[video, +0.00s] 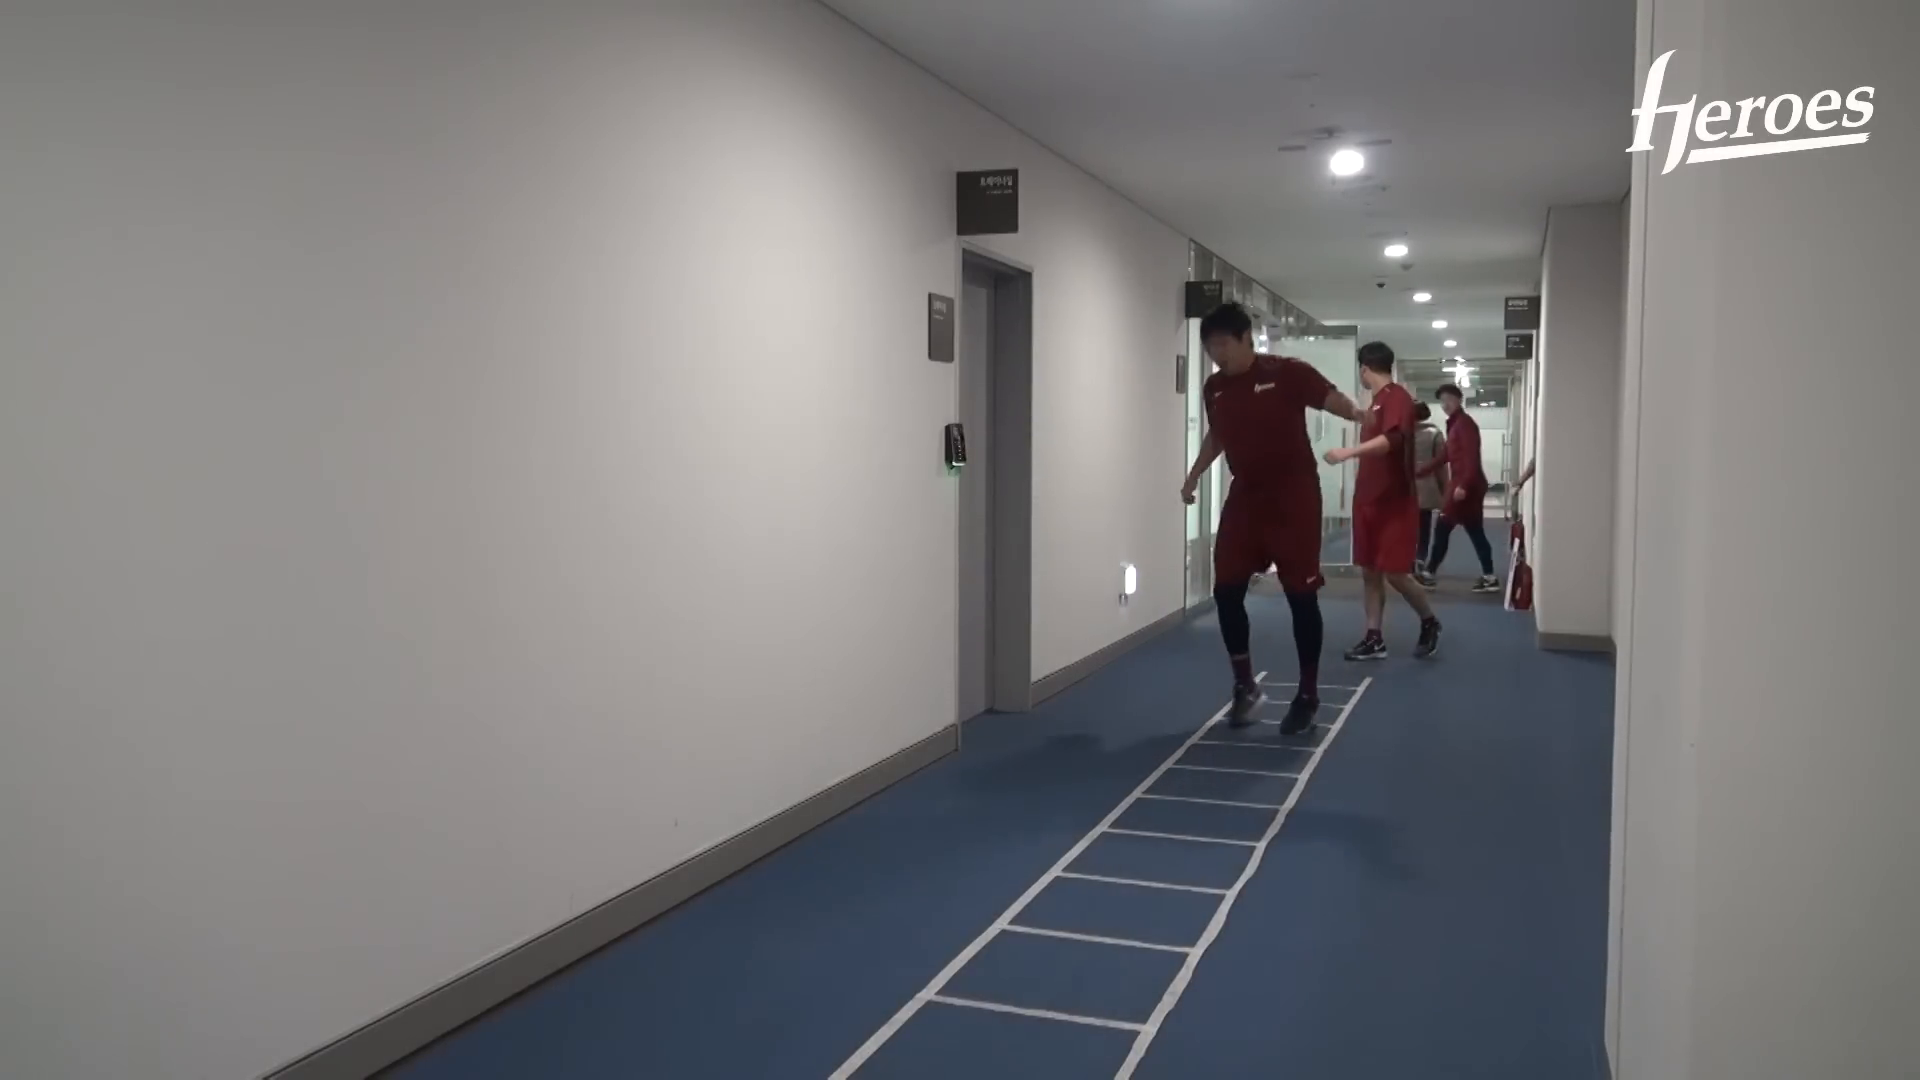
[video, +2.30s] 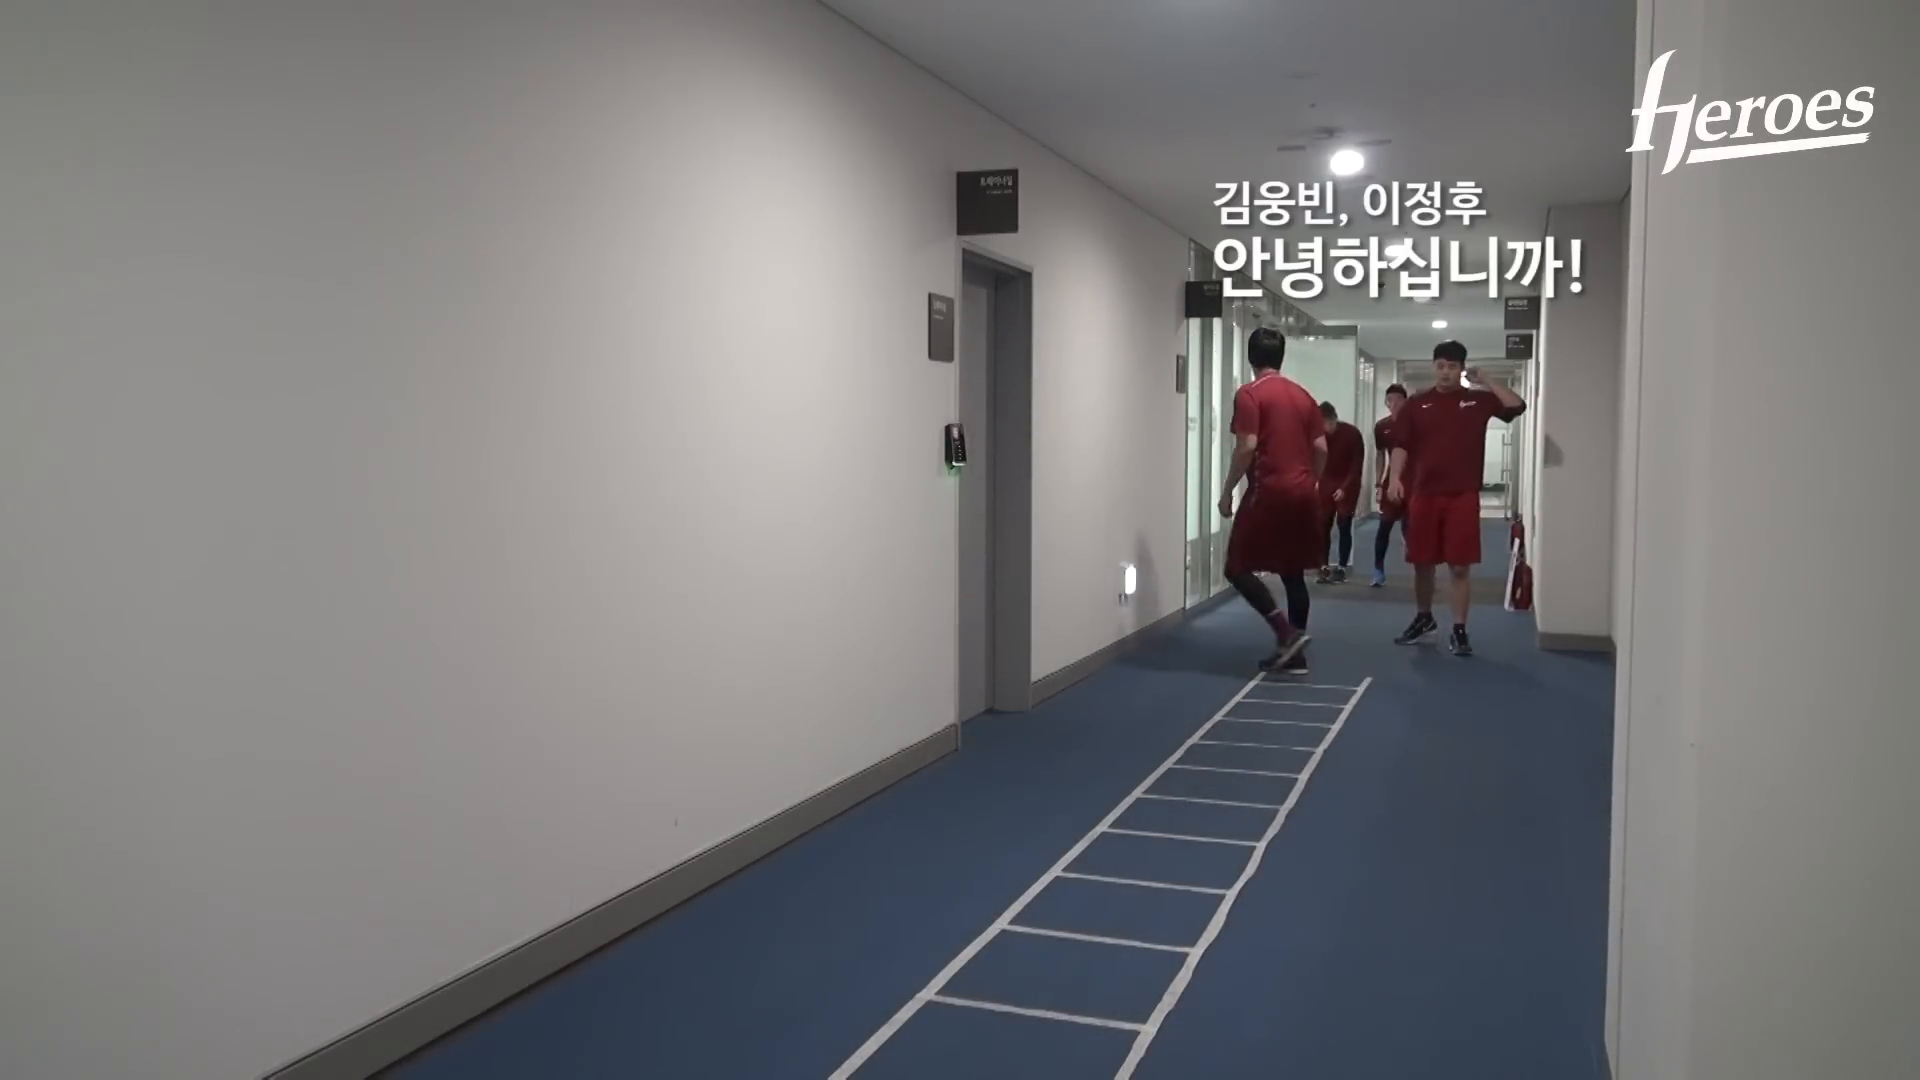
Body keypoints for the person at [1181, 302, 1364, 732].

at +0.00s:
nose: (1214, 355)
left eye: (1219, 345)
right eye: (1209, 348)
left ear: (1243, 339)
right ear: (1210, 348)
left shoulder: (1288, 373)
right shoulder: (1215, 388)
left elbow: (1338, 403)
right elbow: (1219, 434)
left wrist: (1361, 416)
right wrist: (1193, 476)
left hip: (1294, 496)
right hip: (1245, 497)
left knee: (1300, 592)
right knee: (1227, 591)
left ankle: (1307, 694)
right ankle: (1244, 686)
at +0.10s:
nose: (1231, 352)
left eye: (1236, 342)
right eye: (1224, 346)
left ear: (1257, 337)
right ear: (1219, 346)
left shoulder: (1291, 373)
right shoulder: (1216, 386)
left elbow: (1337, 416)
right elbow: (1217, 434)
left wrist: (1326, 431)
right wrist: (1204, 465)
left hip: (1296, 497)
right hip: (1245, 498)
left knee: (1312, 593)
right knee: (1215, 589)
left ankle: (1330, 689)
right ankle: (1216, 676)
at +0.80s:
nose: (1230, 386)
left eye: (1233, 379)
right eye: (1227, 381)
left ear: (1252, 363)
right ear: (1238, 370)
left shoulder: (1311, 381)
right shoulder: (1235, 396)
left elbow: (1347, 419)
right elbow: (1241, 438)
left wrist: (1344, 471)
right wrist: (1227, 468)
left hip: (1309, 500)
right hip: (1258, 500)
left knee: (1327, 585)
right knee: (1234, 582)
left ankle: (1340, 672)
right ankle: (1232, 666)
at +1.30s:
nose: (1231, 381)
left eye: (1230, 374)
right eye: (1229, 375)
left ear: (1240, 369)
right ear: (1252, 366)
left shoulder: (1291, 393)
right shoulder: (1254, 402)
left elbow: (1331, 436)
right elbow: (1265, 459)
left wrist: (1306, 473)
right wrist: (1249, 493)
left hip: (1305, 512)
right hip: (1264, 511)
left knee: (1310, 592)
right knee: (1254, 590)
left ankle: (1315, 655)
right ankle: (1270, 669)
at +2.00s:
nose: (1258, 362)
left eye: (1258, 356)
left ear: (1261, 358)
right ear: (1291, 358)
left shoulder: (1273, 391)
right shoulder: (1306, 392)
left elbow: (1284, 440)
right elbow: (1325, 443)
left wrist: (1257, 473)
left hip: (1296, 493)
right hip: (1320, 491)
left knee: (1301, 575)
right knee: (1297, 573)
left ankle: (1340, 658)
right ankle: (1293, 652)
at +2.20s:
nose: (1255, 362)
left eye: (1255, 357)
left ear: (1257, 358)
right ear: (1287, 359)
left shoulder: (1256, 393)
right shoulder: (1307, 394)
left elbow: (1257, 445)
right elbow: (1325, 447)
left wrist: (1235, 480)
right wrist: (1317, 484)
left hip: (1277, 495)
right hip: (1311, 493)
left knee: (1262, 574)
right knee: (1295, 571)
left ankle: (1315, 637)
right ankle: (1292, 652)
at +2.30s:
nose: (1249, 361)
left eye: (1249, 355)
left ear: (1251, 358)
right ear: (1281, 358)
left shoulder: (1249, 393)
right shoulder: (1302, 394)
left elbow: (1247, 447)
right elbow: (1321, 447)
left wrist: (1228, 490)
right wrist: (1312, 484)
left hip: (1268, 493)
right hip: (1304, 493)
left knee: (1236, 569)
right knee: (1292, 571)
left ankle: (1286, 634)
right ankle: (1295, 654)